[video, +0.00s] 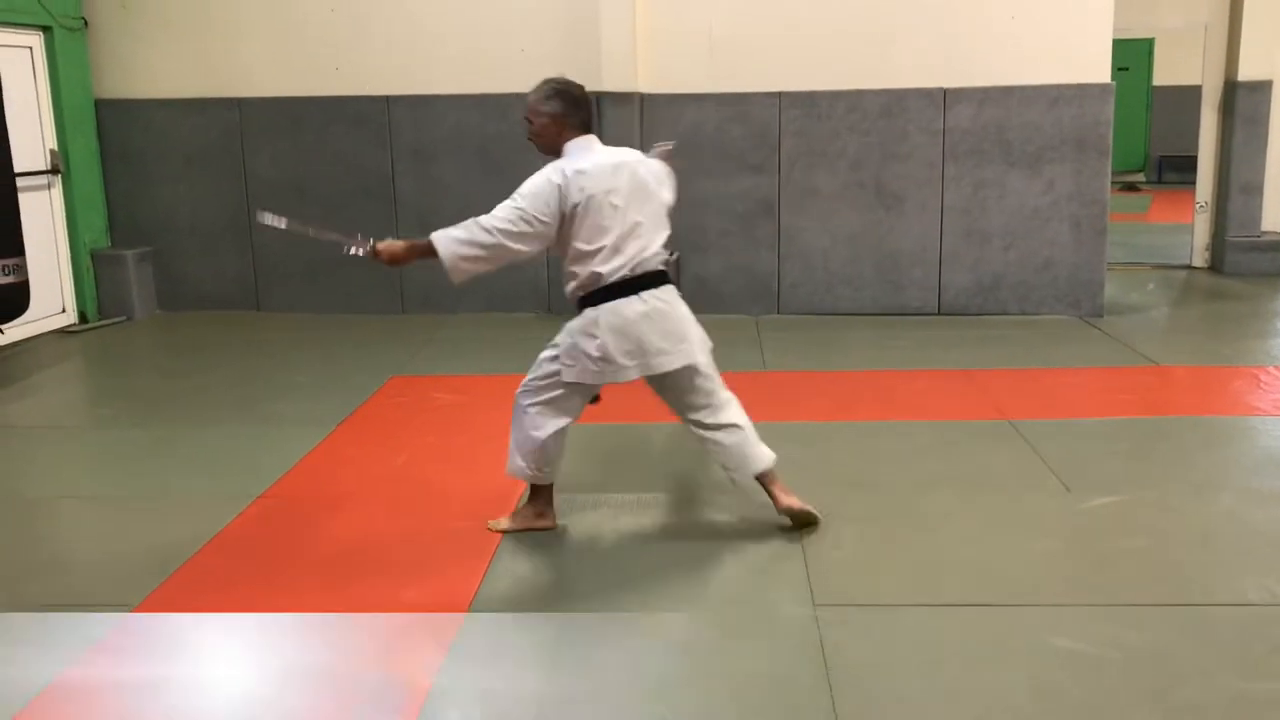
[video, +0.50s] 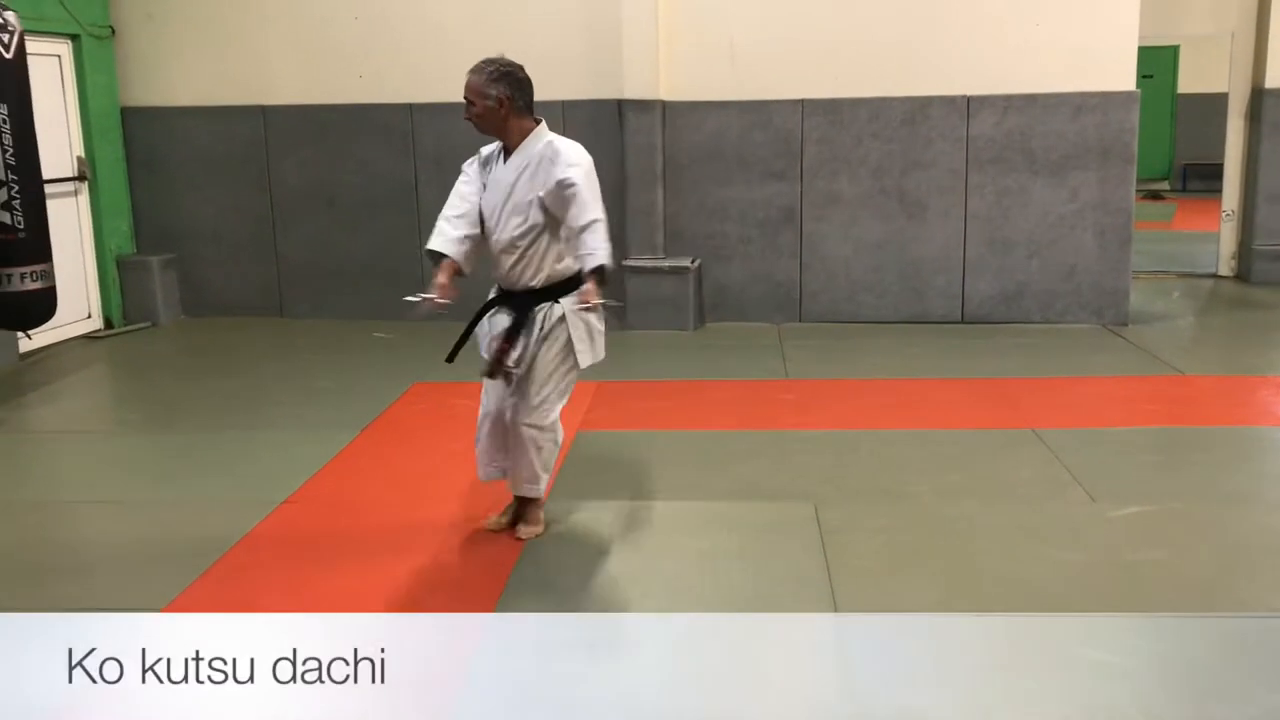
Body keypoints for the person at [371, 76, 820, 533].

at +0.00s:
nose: (527, 132)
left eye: (532, 121)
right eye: (526, 122)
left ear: (561, 120)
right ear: (579, 120)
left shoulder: (558, 179)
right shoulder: (642, 164)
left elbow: (496, 230)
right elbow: (664, 187)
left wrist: (411, 249)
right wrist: (661, 162)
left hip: (605, 323)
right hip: (666, 310)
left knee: (539, 398)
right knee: (713, 405)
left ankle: (538, 506)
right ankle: (781, 495)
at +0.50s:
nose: (466, 113)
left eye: (473, 104)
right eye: (465, 104)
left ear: (504, 102)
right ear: (499, 103)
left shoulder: (566, 158)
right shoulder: (481, 166)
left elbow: (590, 224)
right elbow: (459, 222)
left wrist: (591, 280)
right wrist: (445, 275)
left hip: (560, 305)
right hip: (509, 305)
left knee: (534, 411)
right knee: (502, 408)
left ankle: (533, 506)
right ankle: (522, 498)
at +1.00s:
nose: (477, 127)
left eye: (486, 117)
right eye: (475, 116)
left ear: (522, 115)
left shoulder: (573, 165)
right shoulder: (472, 164)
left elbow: (624, 219)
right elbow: (494, 234)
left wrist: (657, 270)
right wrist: (556, 273)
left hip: (550, 308)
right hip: (484, 303)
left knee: (562, 405)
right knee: (451, 400)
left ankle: (564, 503)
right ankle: (456, 472)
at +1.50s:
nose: (396, 157)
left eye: (403, 148)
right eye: (395, 147)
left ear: (435, 146)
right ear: (429, 149)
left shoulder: (481, 203)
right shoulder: (425, 188)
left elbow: (493, 291)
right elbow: (384, 208)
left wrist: (440, 328)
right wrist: (344, 225)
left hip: (513, 329)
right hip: (468, 328)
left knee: (525, 428)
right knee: (406, 391)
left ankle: (582, 498)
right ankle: (386, 477)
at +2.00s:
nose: (396, 153)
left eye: (401, 144)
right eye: (395, 145)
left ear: (430, 144)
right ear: (431, 145)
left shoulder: (482, 200)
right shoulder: (421, 196)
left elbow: (441, 277)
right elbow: (366, 219)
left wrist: (392, 275)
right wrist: (296, 209)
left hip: (507, 331)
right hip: (455, 332)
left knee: (536, 429)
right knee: (393, 393)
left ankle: (588, 501)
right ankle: (388, 479)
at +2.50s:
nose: (408, 159)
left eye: (413, 151)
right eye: (407, 150)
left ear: (441, 151)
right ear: (438, 150)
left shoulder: (495, 211)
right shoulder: (424, 199)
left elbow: (448, 282)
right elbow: (365, 220)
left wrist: (396, 279)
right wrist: (293, 210)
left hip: (501, 338)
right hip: (445, 334)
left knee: (520, 431)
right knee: (380, 398)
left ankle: (591, 495)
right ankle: (387, 479)